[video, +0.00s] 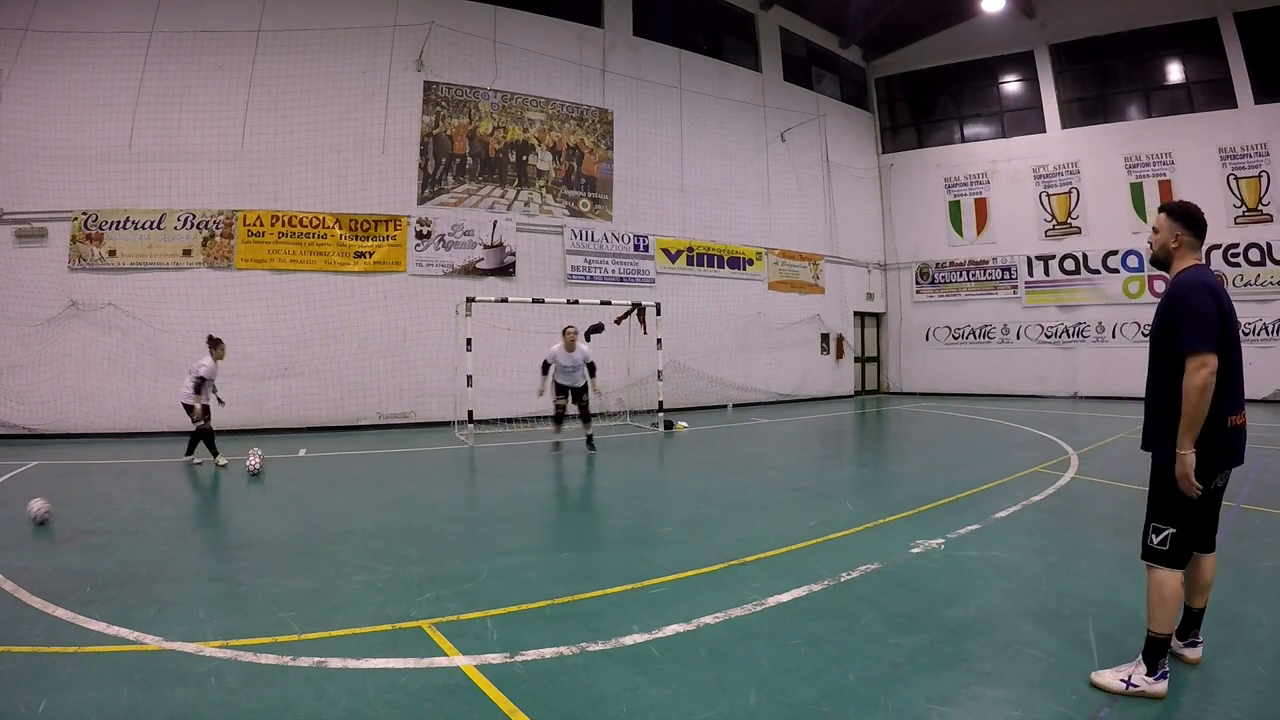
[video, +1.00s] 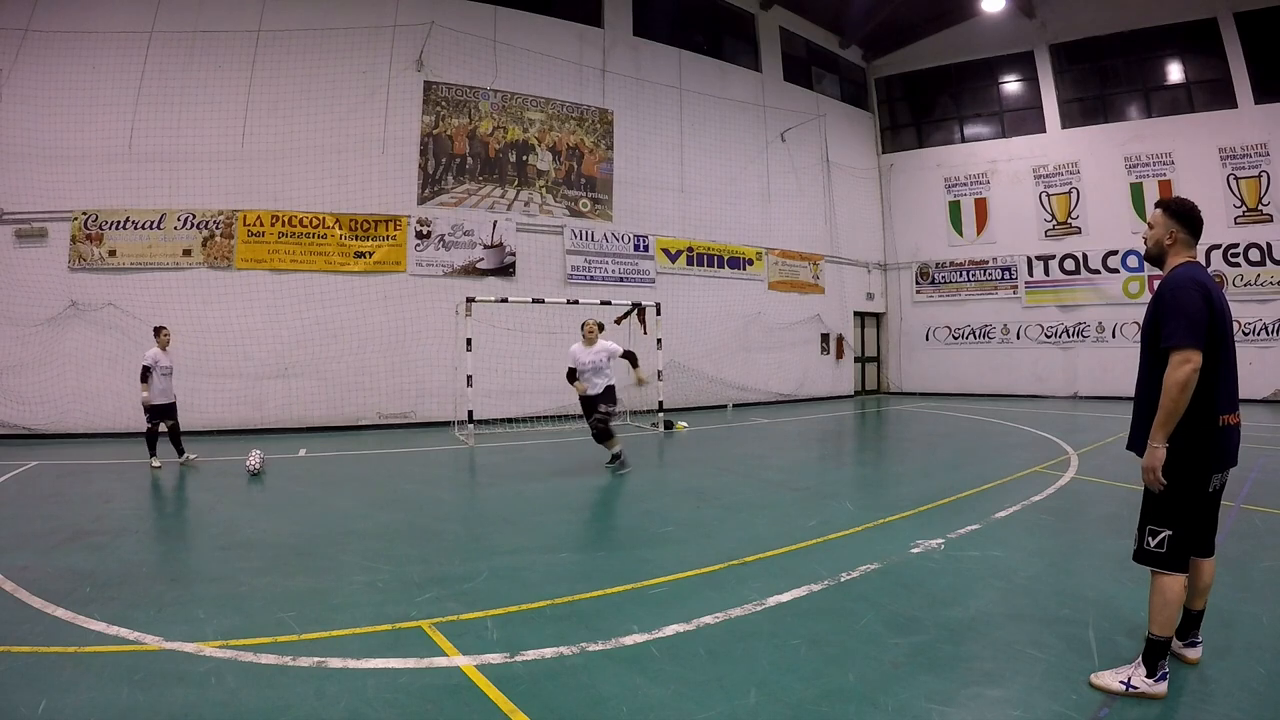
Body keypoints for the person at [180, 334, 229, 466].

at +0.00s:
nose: (223, 353)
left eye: (224, 350)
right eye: (221, 350)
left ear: (217, 351)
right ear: (213, 351)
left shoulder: (213, 364)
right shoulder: (208, 365)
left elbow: (210, 382)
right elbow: (197, 385)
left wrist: (217, 396)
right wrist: (197, 405)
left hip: (201, 399)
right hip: (192, 400)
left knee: (202, 428)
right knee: (205, 428)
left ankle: (188, 455)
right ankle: (216, 456)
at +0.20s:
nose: (208, 344)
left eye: (208, 341)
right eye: (205, 342)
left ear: (206, 342)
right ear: (197, 343)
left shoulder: (202, 359)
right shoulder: (191, 358)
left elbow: (202, 378)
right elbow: (181, 378)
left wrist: (212, 389)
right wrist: (178, 398)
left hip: (198, 399)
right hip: (188, 400)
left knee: (194, 428)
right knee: (199, 427)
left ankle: (188, 456)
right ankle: (204, 456)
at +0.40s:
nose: (197, 340)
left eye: (197, 337)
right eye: (194, 337)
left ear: (195, 338)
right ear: (186, 339)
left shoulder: (193, 354)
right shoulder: (181, 355)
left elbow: (191, 377)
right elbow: (174, 375)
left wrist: (196, 393)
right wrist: (174, 396)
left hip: (193, 398)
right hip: (183, 399)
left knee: (192, 426)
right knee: (185, 426)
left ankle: (188, 456)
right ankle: (175, 456)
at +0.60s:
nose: (187, 339)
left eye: (187, 336)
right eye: (184, 336)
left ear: (183, 338)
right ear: (175, 338)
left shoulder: (183, 354)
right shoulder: (172, 354)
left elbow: (182, 376)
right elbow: (167, 375)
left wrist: (187, 394)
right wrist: (176, 394)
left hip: (187, 399)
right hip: (173, 400)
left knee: (187, 427)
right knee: (169, 427)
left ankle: (187, 456)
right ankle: (156, 454)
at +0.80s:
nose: (176, 339)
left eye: (176, 336)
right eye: (173, 336)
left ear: (176, 338)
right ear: (165, 338)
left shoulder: (174, 355)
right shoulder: (160, 354)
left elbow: (172, 376)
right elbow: (156, 376)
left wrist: (176, 393)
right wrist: (167, 392)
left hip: (176, 399)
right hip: (160, 400)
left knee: (181, 428)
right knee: (158, 428)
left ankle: (187, 456)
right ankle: (154, 457)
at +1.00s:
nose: (168, 338)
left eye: (169, 335)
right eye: (165, 335)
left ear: (169, 337)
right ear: (157, 338)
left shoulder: (168, 355)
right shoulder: (151, 355)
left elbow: (167, 378)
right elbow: (144, 374)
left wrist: (171, 394)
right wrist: (145, 393)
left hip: (168, 399)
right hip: (154, 400)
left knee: (173, 427)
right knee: (153, 429)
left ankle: (182, 455)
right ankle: (153, 457)